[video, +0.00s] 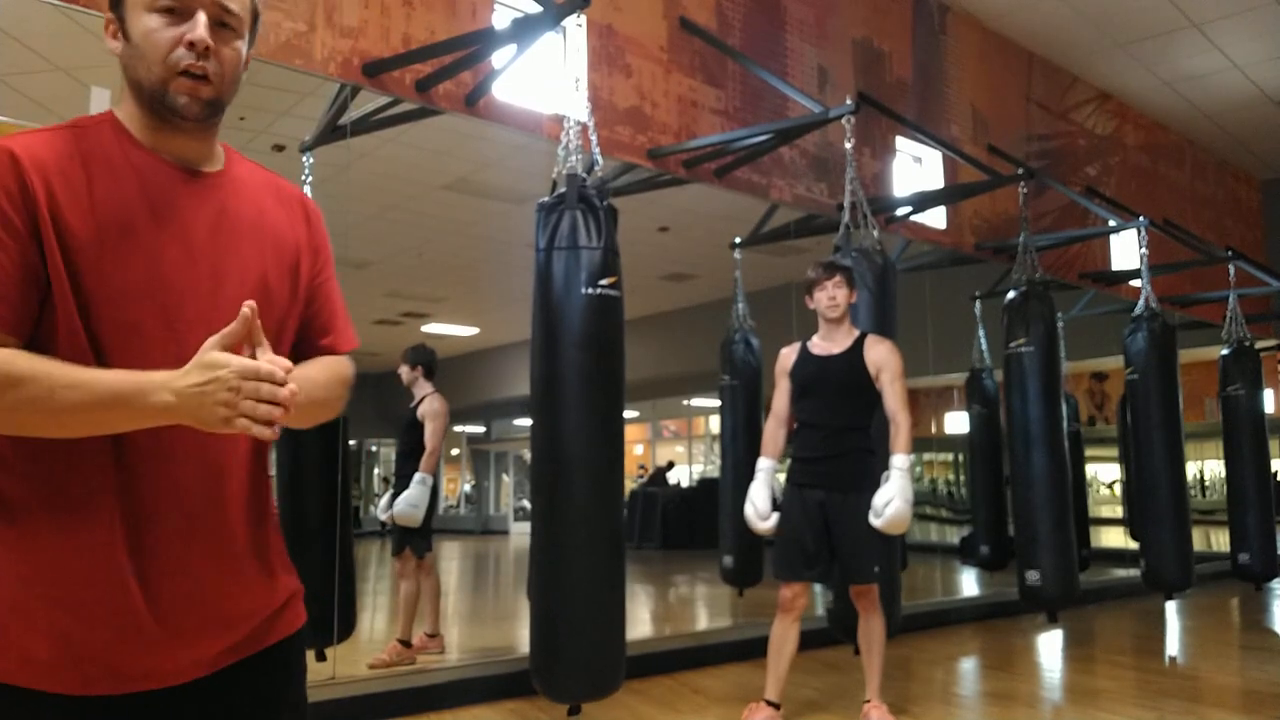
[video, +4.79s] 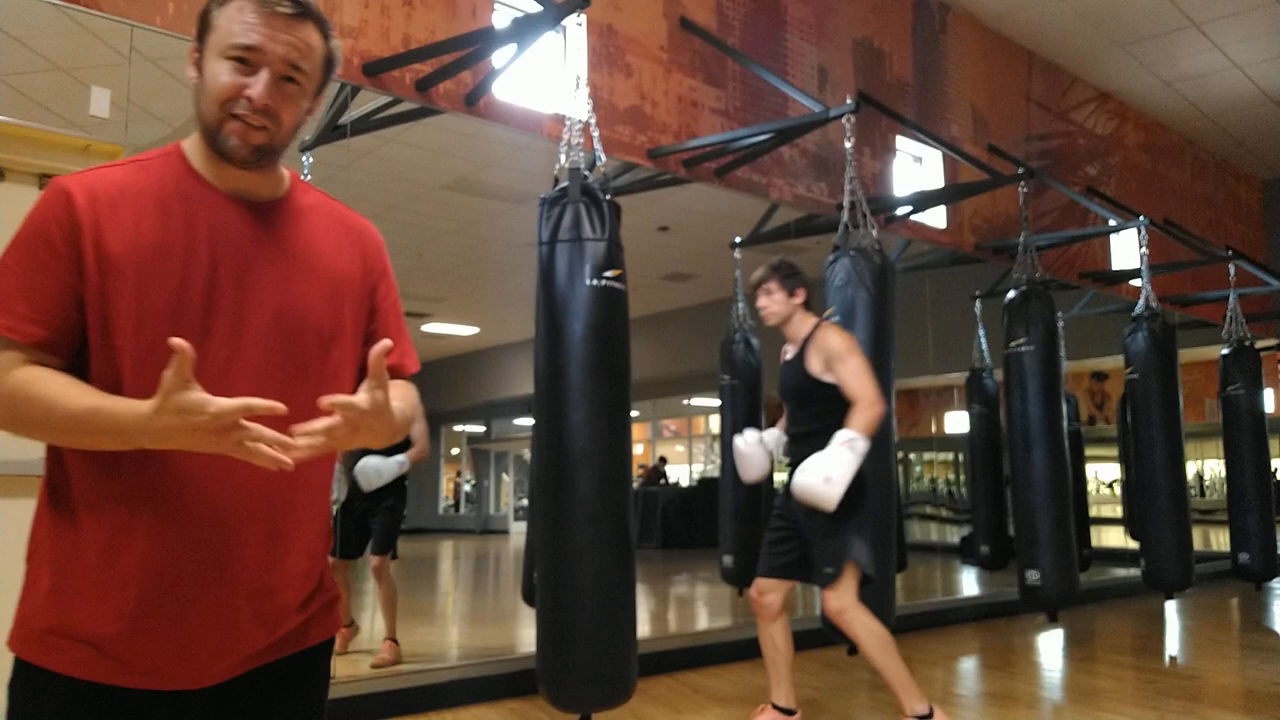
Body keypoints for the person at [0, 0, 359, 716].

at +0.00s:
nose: (200, 36)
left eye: (225, 24)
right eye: (172, 11)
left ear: (246, 59)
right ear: (115, 30)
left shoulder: (291, 212)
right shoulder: (26, 173)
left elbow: (335, 367)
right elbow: (4, 374)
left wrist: (277, 393)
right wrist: (172, 395)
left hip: (246, 643)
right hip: (55, 657)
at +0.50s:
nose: (253, 56)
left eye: (279, 47)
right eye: (230, 35)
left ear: (308, 87)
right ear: (189, 65)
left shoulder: (376, 229)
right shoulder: (99, 209)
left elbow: (433, 386)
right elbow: (37, 388)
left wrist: (388, 369)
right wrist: (154, 389)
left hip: (301, 648)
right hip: (117, 645)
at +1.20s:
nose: (173, 79)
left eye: (200, 59)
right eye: (148, 53)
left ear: (232, 83)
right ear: (109, 66)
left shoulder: (292, 229)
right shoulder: (22, 195)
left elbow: (327, 407)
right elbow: (2, 375)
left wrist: (314, 337)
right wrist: (133, 383)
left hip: (237, 640)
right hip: (47, 642)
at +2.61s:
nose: (273, 111)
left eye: (302, 96)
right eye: (255, 81)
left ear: (328, 119)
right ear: (215, 84)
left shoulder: (366, 255)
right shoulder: (115, 214)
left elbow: (394, 418)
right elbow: (56, 392)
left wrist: (342, 376)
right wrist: (223, 428)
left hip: (282, 647)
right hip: (107, 639)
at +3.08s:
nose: (250, 93)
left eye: (276, 77)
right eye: (229, 65)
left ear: (300, 103)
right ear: (183, 72)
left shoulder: (344, 244)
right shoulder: (76, 215)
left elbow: (399, 404)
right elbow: (6, 373)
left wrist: (323, 341)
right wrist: (133, 378)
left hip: (289, 650)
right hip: (96, 648)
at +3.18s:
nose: (197, 76)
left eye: (224, 60)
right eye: (174, 51)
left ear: (255, 88)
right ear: (132, 67)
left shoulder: (320, 233)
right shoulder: (40, 219)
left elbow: (397, 389)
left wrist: (326, 353)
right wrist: (72, 347)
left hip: (286, 645)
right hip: (83, 648)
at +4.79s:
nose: (259, 92)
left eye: (290, 78)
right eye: (241, 61)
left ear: (313, 103)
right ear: (195, 61)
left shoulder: (355, 243)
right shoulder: (82, 210)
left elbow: (401, 391)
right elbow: (7, 381)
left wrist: (381, 423)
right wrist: (145, 423)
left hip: (277, 658)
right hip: (91, 653)